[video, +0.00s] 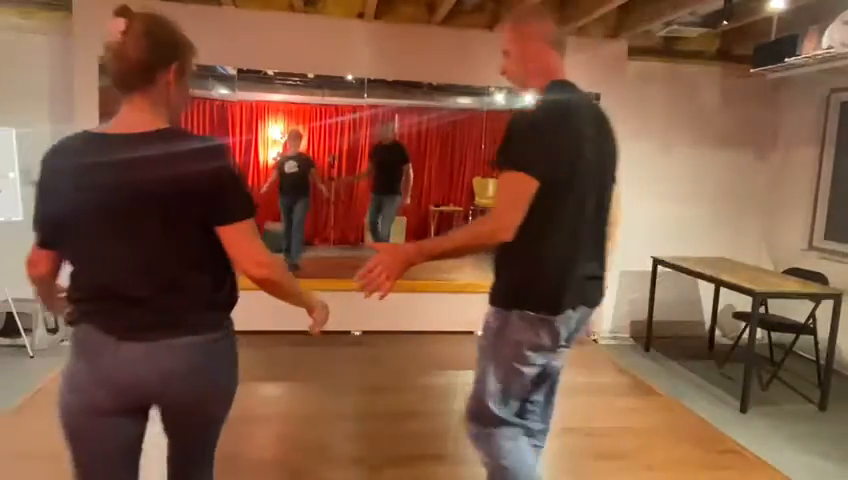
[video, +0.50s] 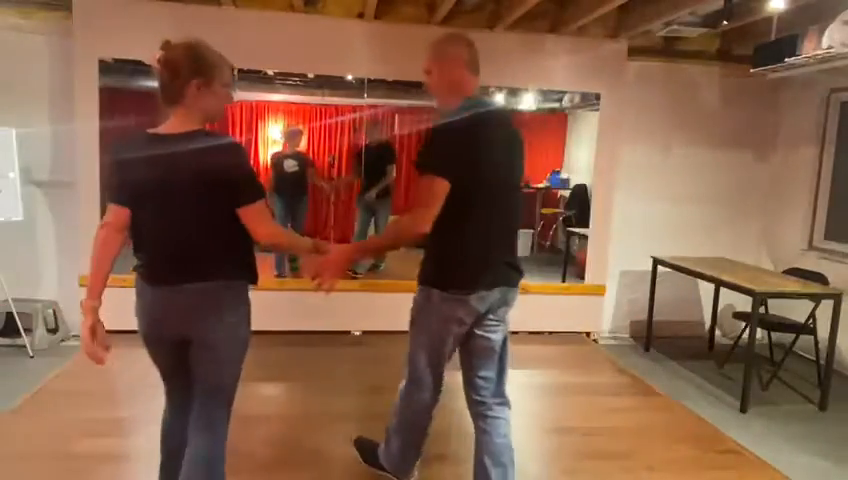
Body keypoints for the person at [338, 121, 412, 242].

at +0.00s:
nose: (386, 134)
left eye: (389, 130)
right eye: (384, 129)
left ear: (394, 131)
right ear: (380, 130)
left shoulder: (399, 148)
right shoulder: (376, 148)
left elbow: (408, 172)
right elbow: (370, 170)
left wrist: (407, 194)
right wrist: (354, 178)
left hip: (393, 192)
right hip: (377, 191)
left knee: (386, 223)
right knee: (372, 220)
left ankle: (384, 246)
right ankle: (379, 244)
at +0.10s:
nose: (384, 133)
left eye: (387, 129)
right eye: (383, 129)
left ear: (392, 131)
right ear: (380, 130)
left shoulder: (398, 148)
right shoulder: (376, 148)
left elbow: (406, 172)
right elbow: (369, 170)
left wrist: (402, 192)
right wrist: (354, 178)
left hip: (391, 193)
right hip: (375, 192)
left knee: (383, 226)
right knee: (368, 223)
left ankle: (383, 251)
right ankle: (371, 249)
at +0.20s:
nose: (381, 135)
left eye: (384, 132)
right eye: (379, 132)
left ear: (390, 132)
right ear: (375, 132)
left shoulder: (395, 149)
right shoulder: (372, 149)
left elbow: (403, 173)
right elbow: (367, 170)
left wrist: (398, 191)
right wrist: (353, 177)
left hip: (388, 193)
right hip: (373, 192)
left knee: (384, 226)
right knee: (365, 224)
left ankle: (381, 249)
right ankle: (359, 248)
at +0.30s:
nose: (375, 133)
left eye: (378, 129)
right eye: (373, 129)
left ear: (384, 130)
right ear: (370, 131)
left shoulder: (392, 148)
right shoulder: (369, 149)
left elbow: (400, 175)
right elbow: (363, 170)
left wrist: (391, 192)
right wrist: (345, 180)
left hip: (386, 193)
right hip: (371, 193)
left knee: (383, 230)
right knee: (363, 227)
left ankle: (378, 259)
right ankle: (354, 257)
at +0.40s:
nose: (374, 134)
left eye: (377, 130)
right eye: (372, 130)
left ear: (383, 131)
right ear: (369, 132)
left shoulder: (390, 150)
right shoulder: (365, 150)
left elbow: (395, 175)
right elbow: (358, 171)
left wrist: (382, 191)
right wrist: (342, 181)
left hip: (384, 195)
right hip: (368, 194)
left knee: (382, 230)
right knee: (362, 228)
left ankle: (379, 260)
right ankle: (352, 260)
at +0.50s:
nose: (371, 134)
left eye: (374, 130)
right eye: (369, 130)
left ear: (380, 131)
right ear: (365, 132)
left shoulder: (387, 148)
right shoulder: (363, 151)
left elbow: (391, 175)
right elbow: (356, 174)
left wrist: (375, 190)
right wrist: (337, 183)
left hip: (382, 195)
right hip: (365, 194)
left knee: (380, 230)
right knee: (360, 230)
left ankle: (379, 260)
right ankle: (354, 262)